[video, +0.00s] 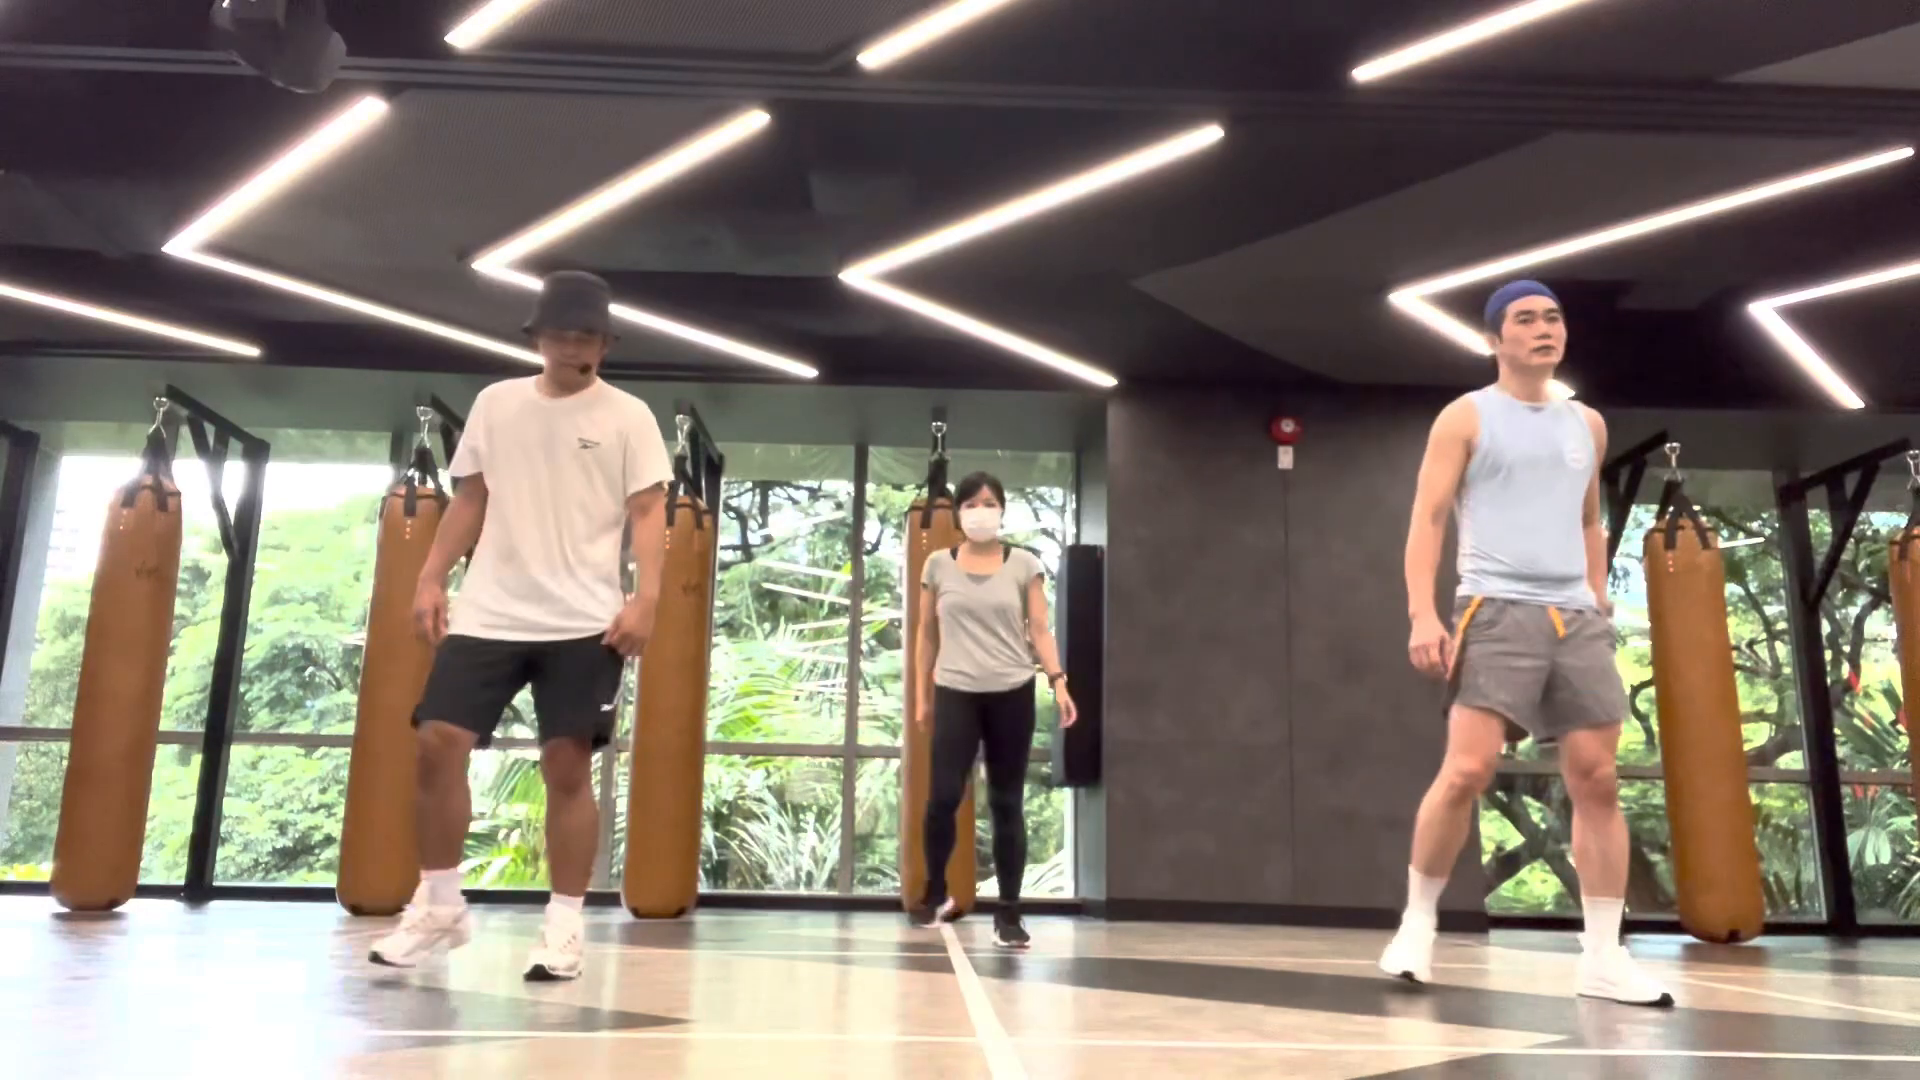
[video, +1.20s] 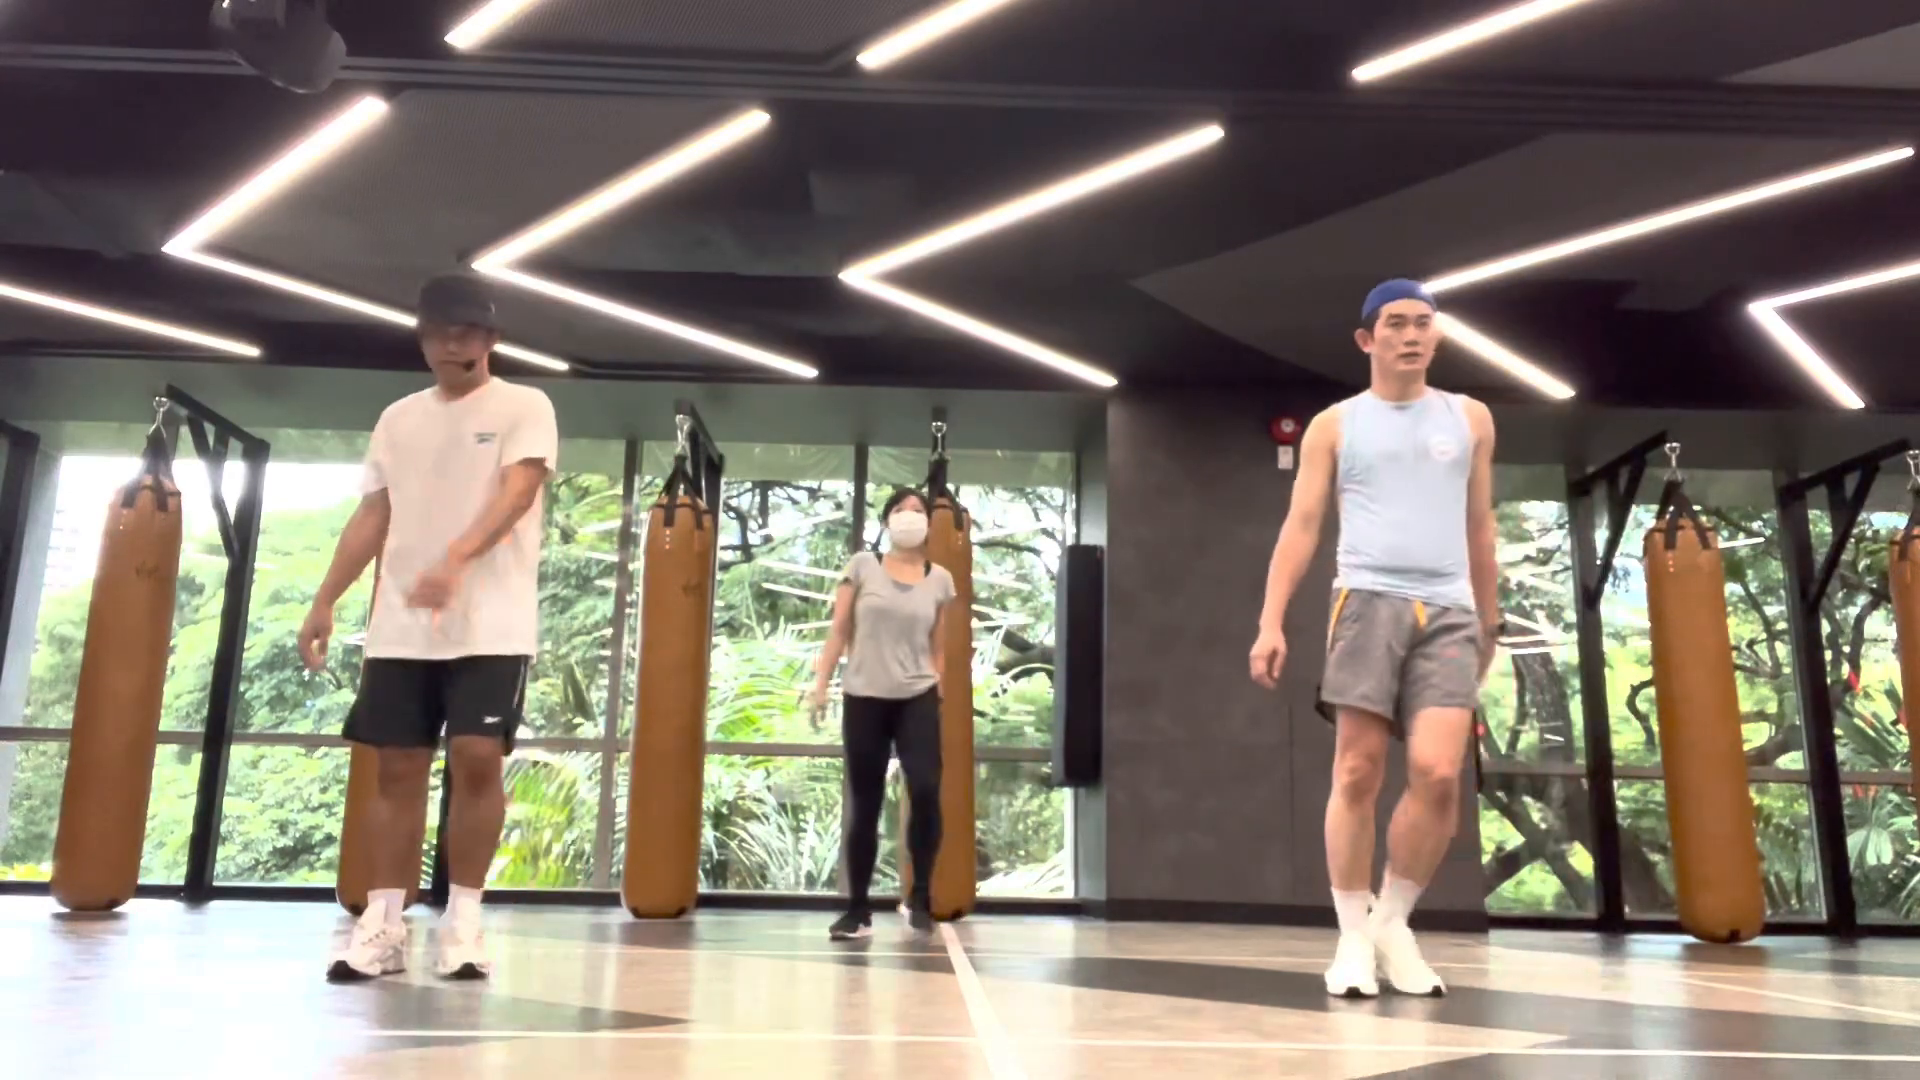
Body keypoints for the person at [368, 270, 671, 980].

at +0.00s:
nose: (575, 350)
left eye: (587, 338)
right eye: (562, 336)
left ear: (604, 339)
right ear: (537, 336)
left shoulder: (629, 416)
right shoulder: (495, 404)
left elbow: (647, 515)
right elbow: (468, 498)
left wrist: (646, 596)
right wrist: (431, 576)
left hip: (580, 621)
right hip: (488, 613)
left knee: (566, 764)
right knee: (436, 742)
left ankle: (564, 927)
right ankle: (440, 907)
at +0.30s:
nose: (588, 349)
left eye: (601, 337)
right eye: (576, 335)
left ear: (618, 341)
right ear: (551, 334)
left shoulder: (640, 421)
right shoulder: (509, 402)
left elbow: (656, 514)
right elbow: (477, 495)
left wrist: (607, 540)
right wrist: (432, 570)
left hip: (579, 621)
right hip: (492, 610)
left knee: (567, 767)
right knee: (450, 746)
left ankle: (565, 927)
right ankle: (493, 903)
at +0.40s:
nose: (585, 358)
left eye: (597, 345)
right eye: (572, 344)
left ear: (614, 342)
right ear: (547, 339)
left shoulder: (636, 420)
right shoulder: (507, 404)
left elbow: (650, 520)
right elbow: (475, 496)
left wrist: (588, 476)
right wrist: (428, 570)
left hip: (575, 621)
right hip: (486, 608)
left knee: (566, 767)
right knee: (431, 737)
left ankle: (565, 924)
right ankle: (467, 898)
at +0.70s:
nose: (519, 351)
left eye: (534, 339)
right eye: (511, 339)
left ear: (557, 346)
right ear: (494, 343)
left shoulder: (580, 412)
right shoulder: (452, 411)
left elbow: (565, 477)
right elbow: (428, 503)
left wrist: (525, 385)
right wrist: (390, 584)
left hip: (534, 631)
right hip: (444, 624)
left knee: (544, 775)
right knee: (420, 770)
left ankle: (563, 934)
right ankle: (385, 931)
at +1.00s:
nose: (472, 347)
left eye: (482, 333)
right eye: (457, 334)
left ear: (500, 335)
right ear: (431, 336)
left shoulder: (532, 406)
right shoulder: (401, 412)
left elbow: (519, 480)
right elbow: (379, 512)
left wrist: (449, 406)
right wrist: (326, 593)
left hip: (494, 621)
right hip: (406, 620)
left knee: (487, 754)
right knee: (397, 766)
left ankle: (501, 911)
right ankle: (385, 924)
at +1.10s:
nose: (461, 344)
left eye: (473, 329)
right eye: (446, 330)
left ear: (494, 334)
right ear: (423, 336)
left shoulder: (528, 406)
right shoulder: (398, 417)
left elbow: (520, 489)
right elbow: (372, 516)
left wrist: (421, 467)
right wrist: (320, 598)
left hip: (490, 626)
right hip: (403, 624)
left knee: (469, 763)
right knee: (397, 768)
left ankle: (456, 927)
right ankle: (385, 925)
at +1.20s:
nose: (459, 345)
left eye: (472, 330)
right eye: (445, 331)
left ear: (492, 335)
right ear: (422, 337)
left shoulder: (526, 407)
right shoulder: (396, 421)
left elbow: (516, 497)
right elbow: (372, 517)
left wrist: (454, 559)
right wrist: (324, 599)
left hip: (491, 630)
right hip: (402, 628)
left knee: (477, 762)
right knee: (397, 767)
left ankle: (464, 925)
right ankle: (384, 926)